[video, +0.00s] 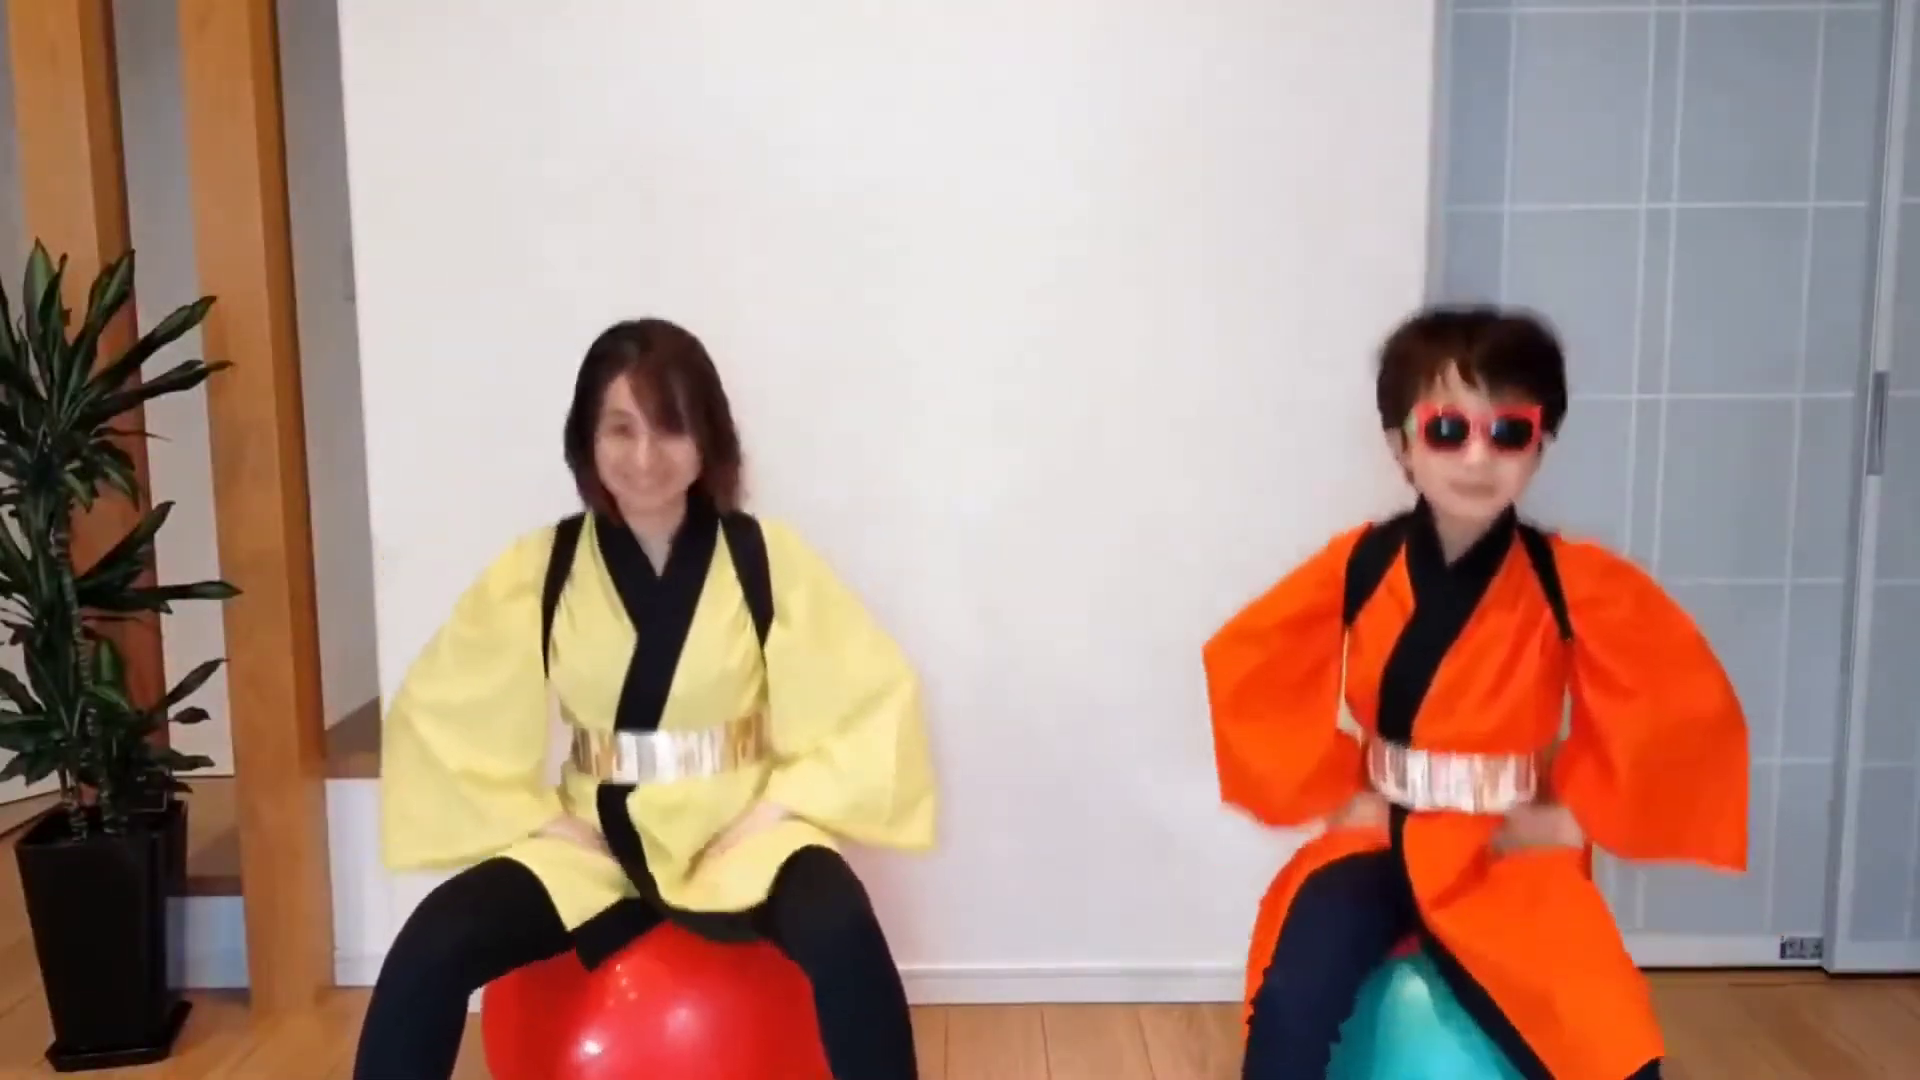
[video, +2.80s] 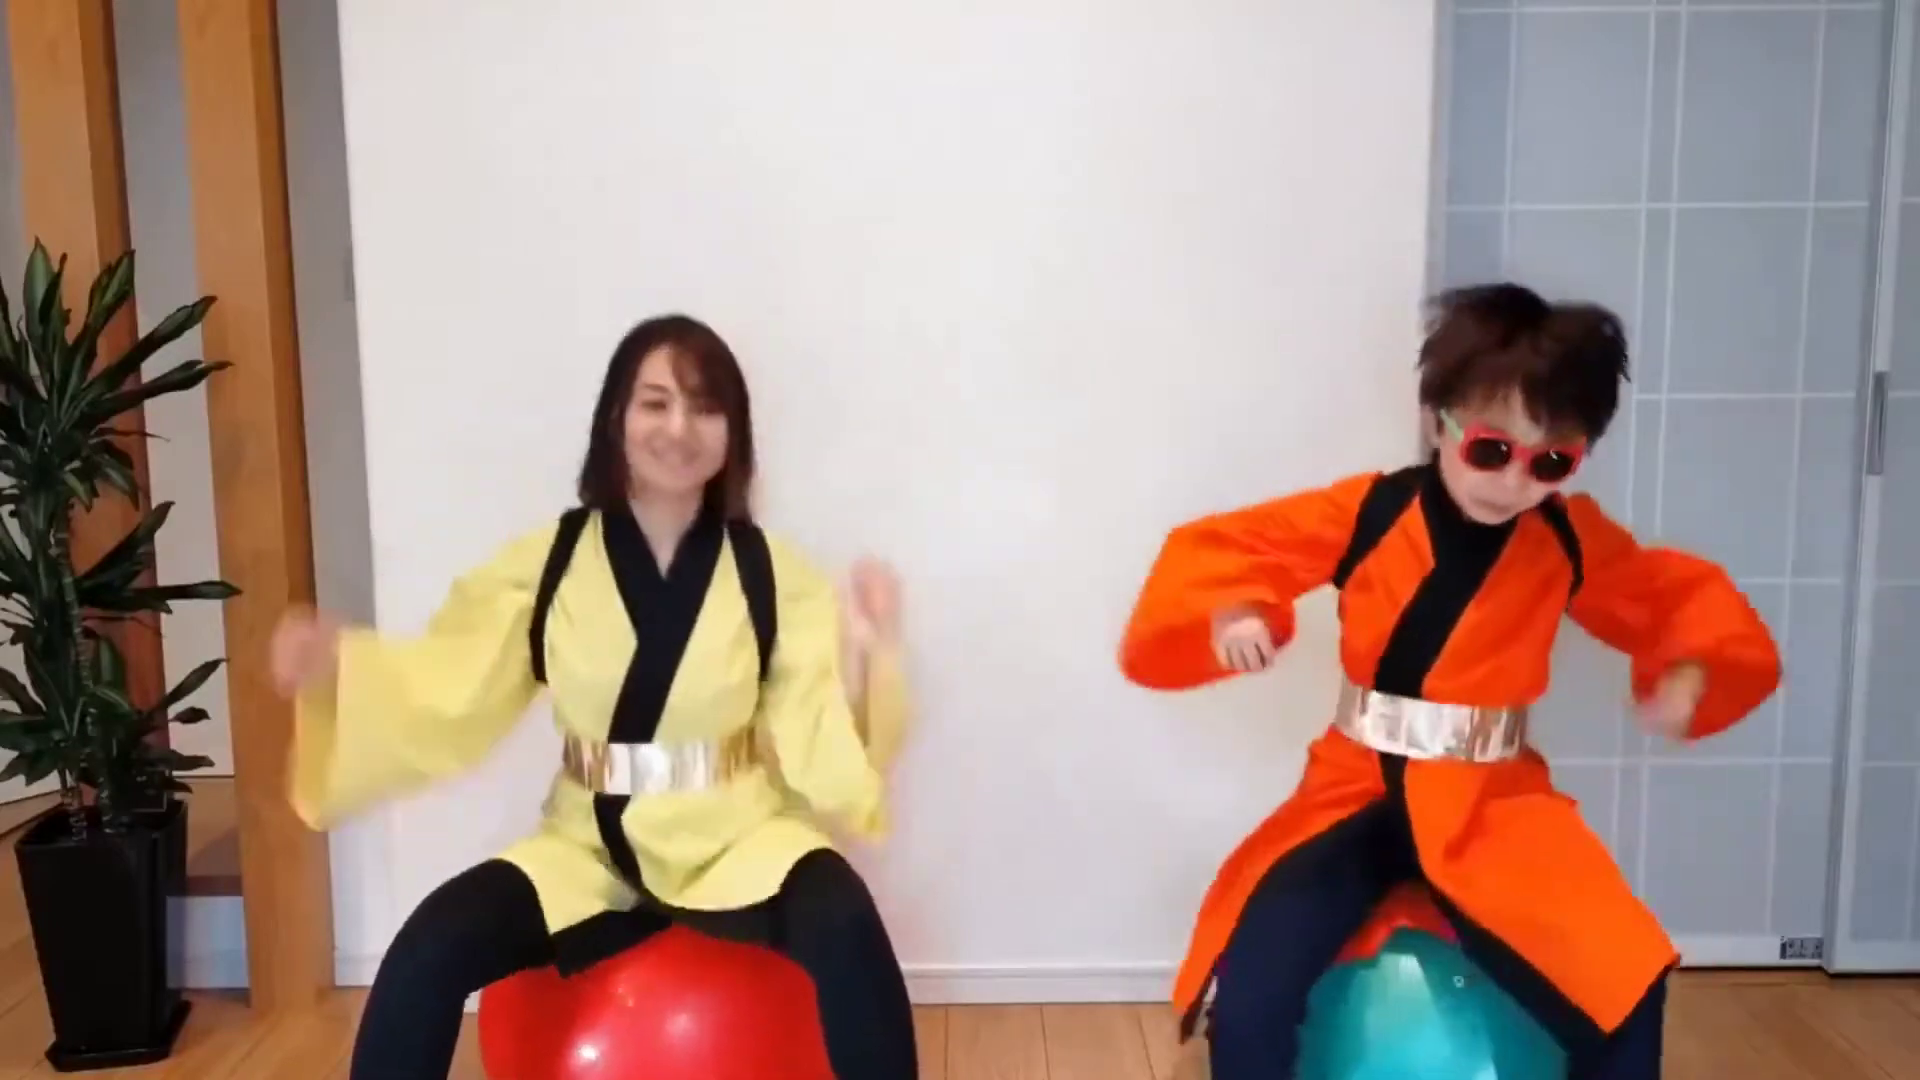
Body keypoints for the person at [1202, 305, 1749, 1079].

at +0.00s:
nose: (1477, 455)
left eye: (1510, 430)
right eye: (1446, 428)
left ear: (1541, 447)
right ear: (1402, 448)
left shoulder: (1572, 579)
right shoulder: (1361, 564)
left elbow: (1691, 709)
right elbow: (1241, 664)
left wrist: (1574, 816)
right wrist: (1337, 793)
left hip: (1514, 855)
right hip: (1375, 841)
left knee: (1615, 1041)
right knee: (1293, 997)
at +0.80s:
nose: (1457, 512)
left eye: (1487, 488)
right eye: (1426, 488)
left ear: (1516, 504)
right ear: (1381, 509)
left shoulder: (1556, 626)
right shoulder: (1346, 614)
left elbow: (1676, 744)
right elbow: (1227, 712)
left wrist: (1564, 846)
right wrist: (1333, 816)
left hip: (1505, 885)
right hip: (1370, 874)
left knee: (1602, 1042)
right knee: (1303, 986)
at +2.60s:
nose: (1474, 514)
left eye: (1507, 492)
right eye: (1445, 484)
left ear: (1535, 499)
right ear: (1394, 487)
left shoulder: (1558, 614)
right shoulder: (1350, 599)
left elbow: (1654, 706)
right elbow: (1236, 678)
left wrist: (1595, 792)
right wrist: (1304, 792)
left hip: (1495, 880)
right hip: (1358, 868)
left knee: (1593, 1052)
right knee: (1258, 1026)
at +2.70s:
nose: (1494, 470)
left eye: (1528, 449)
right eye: (1468, 439)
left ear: (1558, 443)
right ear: (1414, 421)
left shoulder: (1562, 538)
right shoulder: (1359, 520)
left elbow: (1694, 613)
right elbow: (1219, 578)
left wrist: (1672, 664)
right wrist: (1250, 662)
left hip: (1493, 820)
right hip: (1355, 809)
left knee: (1614, 1020)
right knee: (1255, 996)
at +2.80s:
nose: (1515, 484)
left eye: (1551, 463)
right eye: (1491, 449)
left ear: (1580, 454)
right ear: (1434, 420)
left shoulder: (1568, 539)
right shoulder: (1371, 511)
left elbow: (1690, 598)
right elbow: (1216, 549)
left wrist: (1699, 665)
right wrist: (1227, 606)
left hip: (1495, 812)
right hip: (1356, 799)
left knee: (1629, 977)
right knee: (1254, 969)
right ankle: (1248, 1071)